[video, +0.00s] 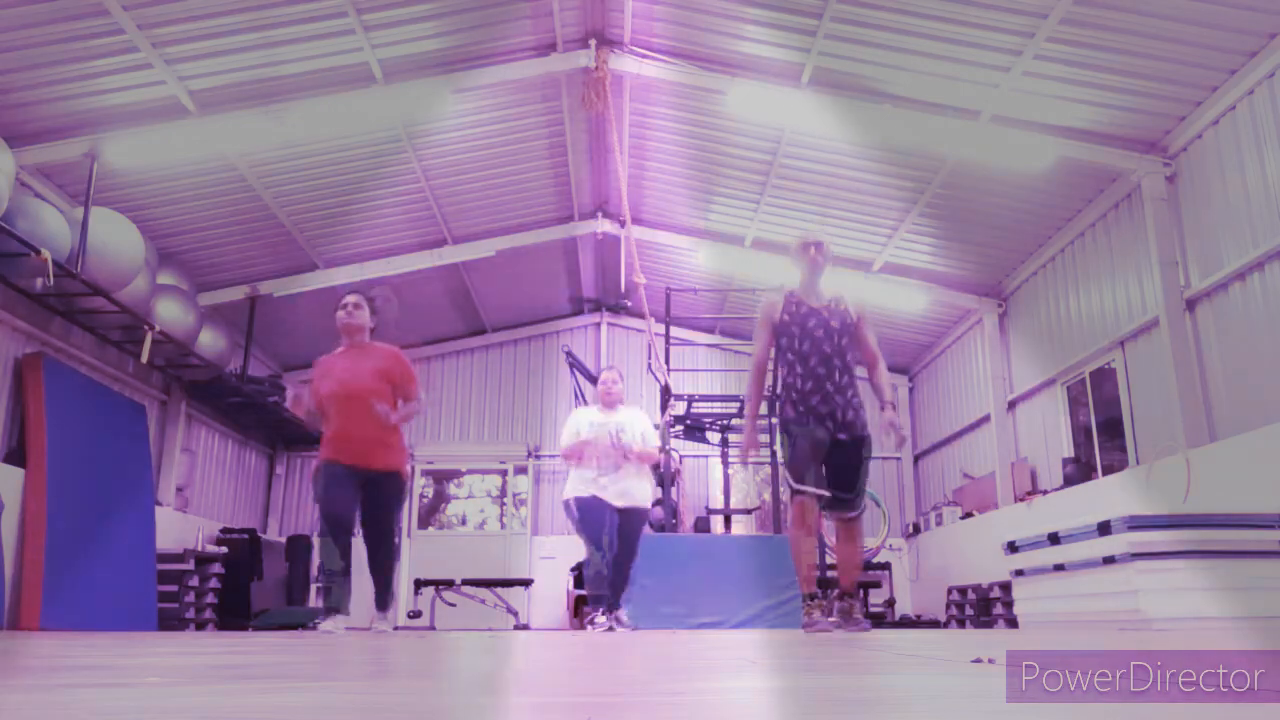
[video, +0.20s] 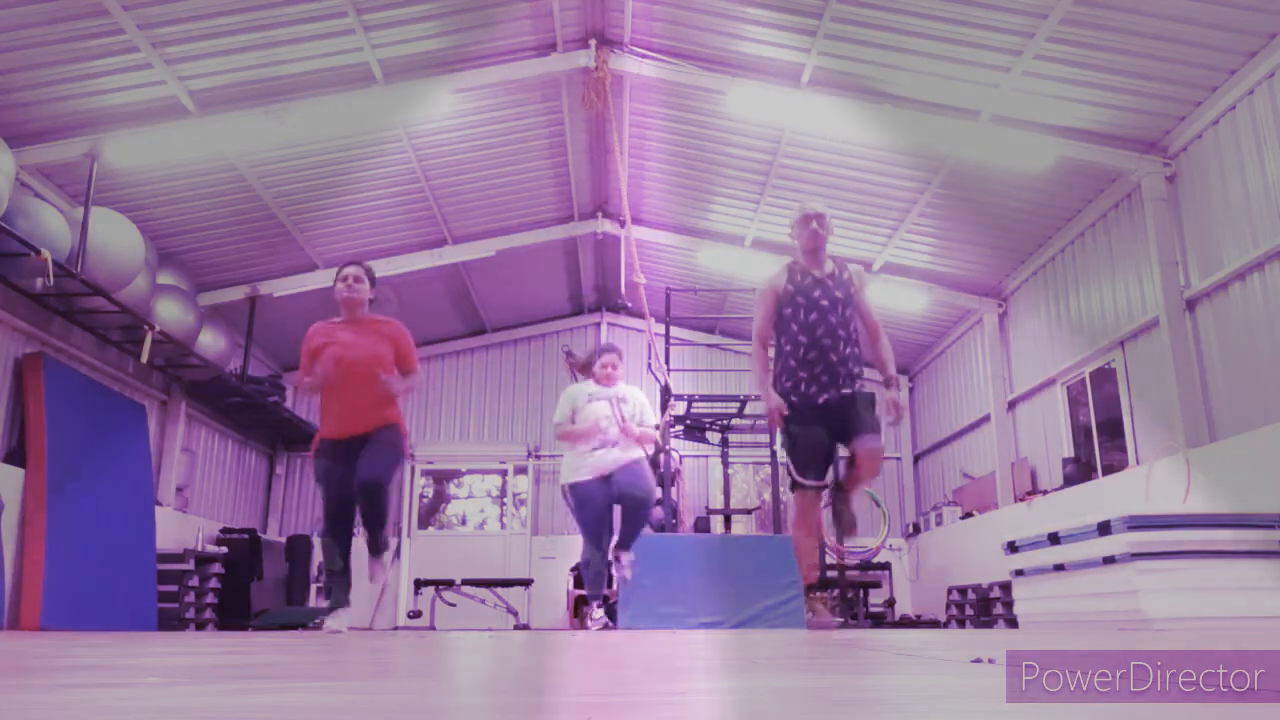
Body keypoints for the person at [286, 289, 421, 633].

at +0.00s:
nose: (349, 311)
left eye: (357, 307)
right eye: (343, 307)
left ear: (371, 319)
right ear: (336, 320)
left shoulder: (390, 356)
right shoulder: (324, 364)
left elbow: (415, 402)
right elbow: (319, 417)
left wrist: (396, 416)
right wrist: (300, 407)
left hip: (383, 463)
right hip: (338, 461)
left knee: (380, 536)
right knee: (335, 529)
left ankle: (383, 610)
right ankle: (335, 611)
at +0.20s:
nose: (350, 285)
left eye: (358, 280)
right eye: (344, 280)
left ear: (371, 291)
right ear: (334, 290)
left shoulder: (392, 330)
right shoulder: (319, 332)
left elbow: (413, 376)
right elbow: (304, 384)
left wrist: (397, 385)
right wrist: (320, 377)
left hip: (382, 430)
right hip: (336, 436)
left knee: (370, 480)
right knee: (336, 518)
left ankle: (378, 550)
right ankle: (338, 605)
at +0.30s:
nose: (349, 291)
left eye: (356, 286)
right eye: (342, 286)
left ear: (370, 296)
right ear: (333, 296)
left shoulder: (389, 337)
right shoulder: (316, 341)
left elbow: (409, 385)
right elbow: (303, 392)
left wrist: (395, 397)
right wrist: (318, 397)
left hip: (379, 425)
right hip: (332, 436)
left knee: (361, 457)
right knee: (336, 518)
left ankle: (368, 536)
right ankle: (341, 609)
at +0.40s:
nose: (348, 295)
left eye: (356, 290)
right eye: (342, 289)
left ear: (370, 301)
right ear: (333, 299)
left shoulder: (388, 342)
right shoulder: (315, 344)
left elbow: (408, 391)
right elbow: (303, 398)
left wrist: (391, 396)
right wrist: (317, 391)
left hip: (377, 431)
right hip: (329, 442)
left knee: (353, 449)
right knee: (331, 529)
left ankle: (359, 539)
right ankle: (341, 610)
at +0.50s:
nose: (352, 278)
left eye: (360, 273)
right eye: (346, 273)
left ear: (372, 285)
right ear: (335, 283)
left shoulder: (388, 325)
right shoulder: (316, 324)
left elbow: (408, 375)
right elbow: (298, 377)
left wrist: (390, 388)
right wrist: (312, 375)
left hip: (373, 419)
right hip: (326, 426)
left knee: (351, 460)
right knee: (329, 503)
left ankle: (345, 559)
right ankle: (340, 598)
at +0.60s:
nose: (351, 276)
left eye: (359, 272)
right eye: (345, 271)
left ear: (372, 283)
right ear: (335, 281)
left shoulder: (387, 323)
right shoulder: (316, 323)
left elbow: (407, 374)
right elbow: (299, 372)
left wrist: (390, 395)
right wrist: (313, 387)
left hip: (371, 419)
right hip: (325, 423)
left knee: (349, 479)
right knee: (328, 502)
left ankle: (343, 567)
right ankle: (345, 585)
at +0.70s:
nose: (351, 290)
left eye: (359, 285)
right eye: (345, 285)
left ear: (371, 296)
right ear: (336, 294)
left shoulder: (388, 341)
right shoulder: (315, 340)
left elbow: (407, 394)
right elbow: (296, 390)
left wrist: (405, 437)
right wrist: (305, 412)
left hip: (365, 434)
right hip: (322, 437)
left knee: (341, 506)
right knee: (331, 516)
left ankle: (335, 590)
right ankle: (345, 602)